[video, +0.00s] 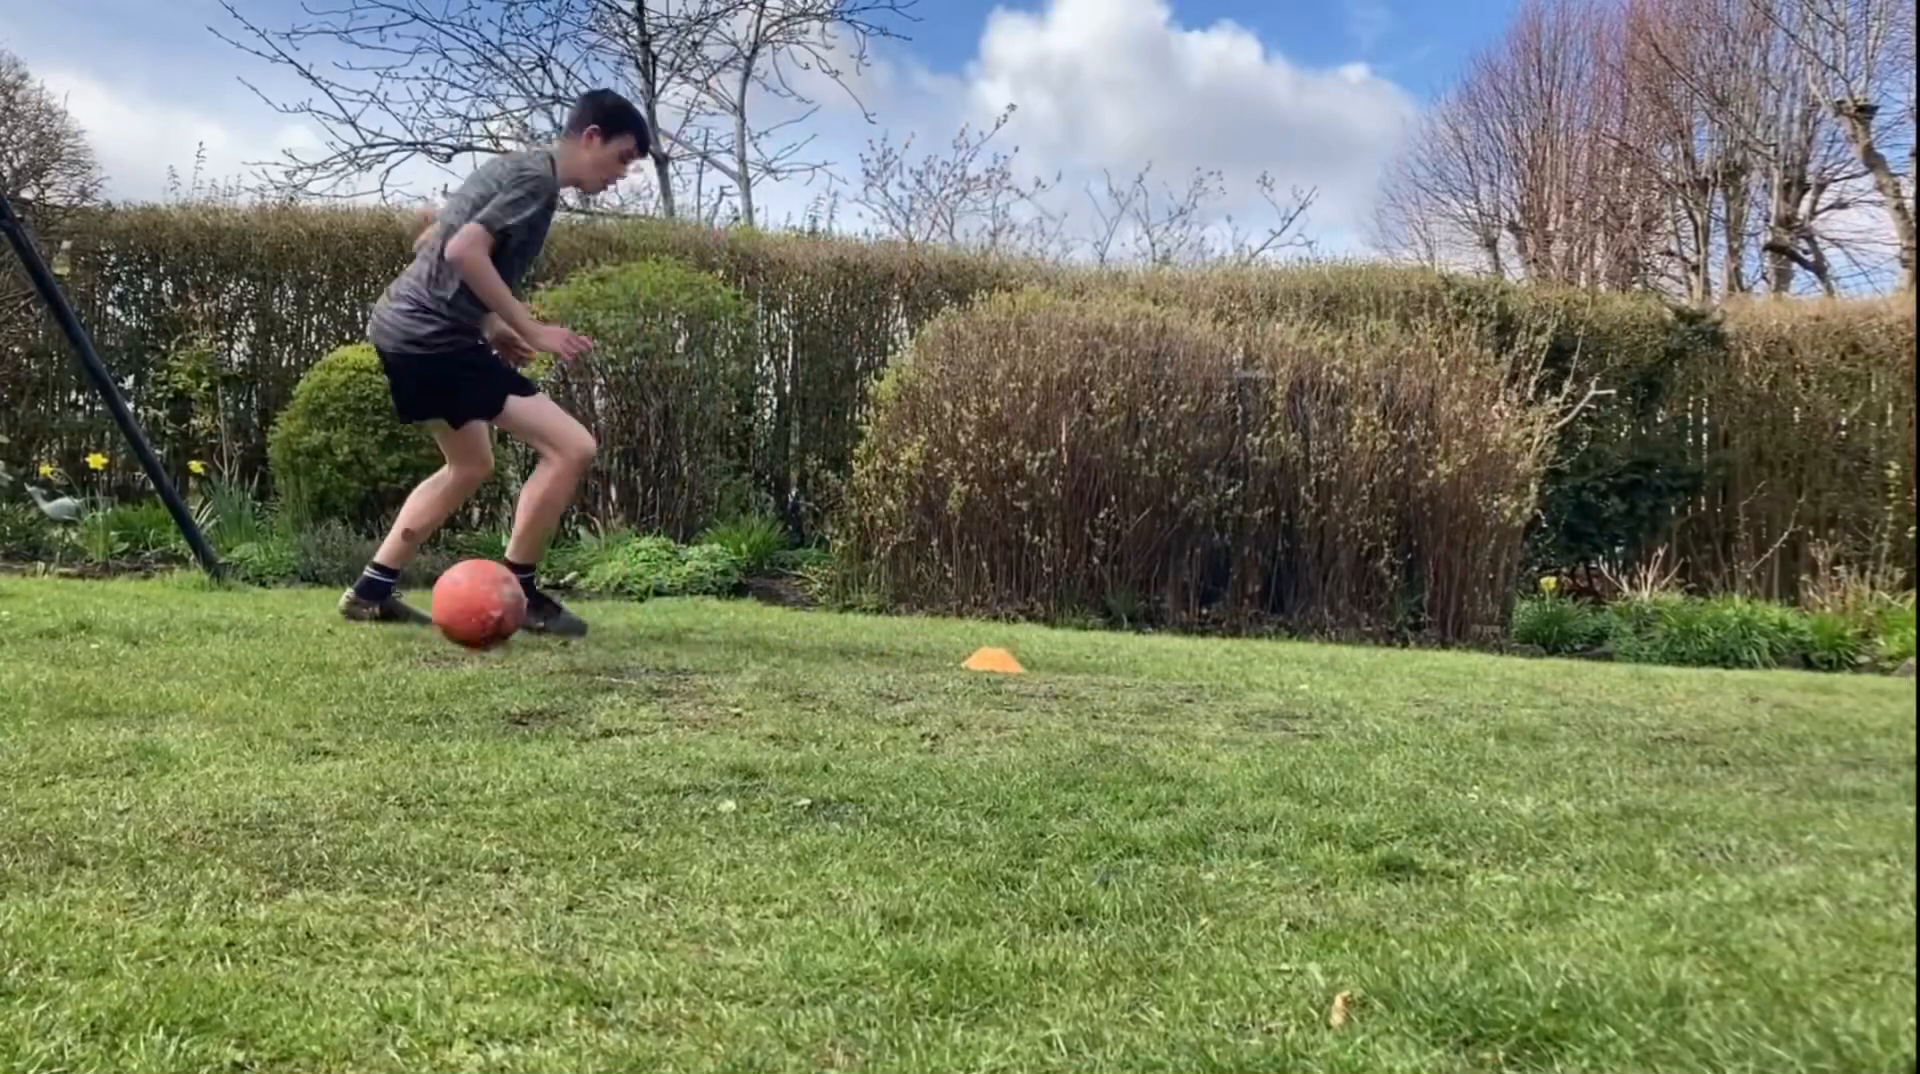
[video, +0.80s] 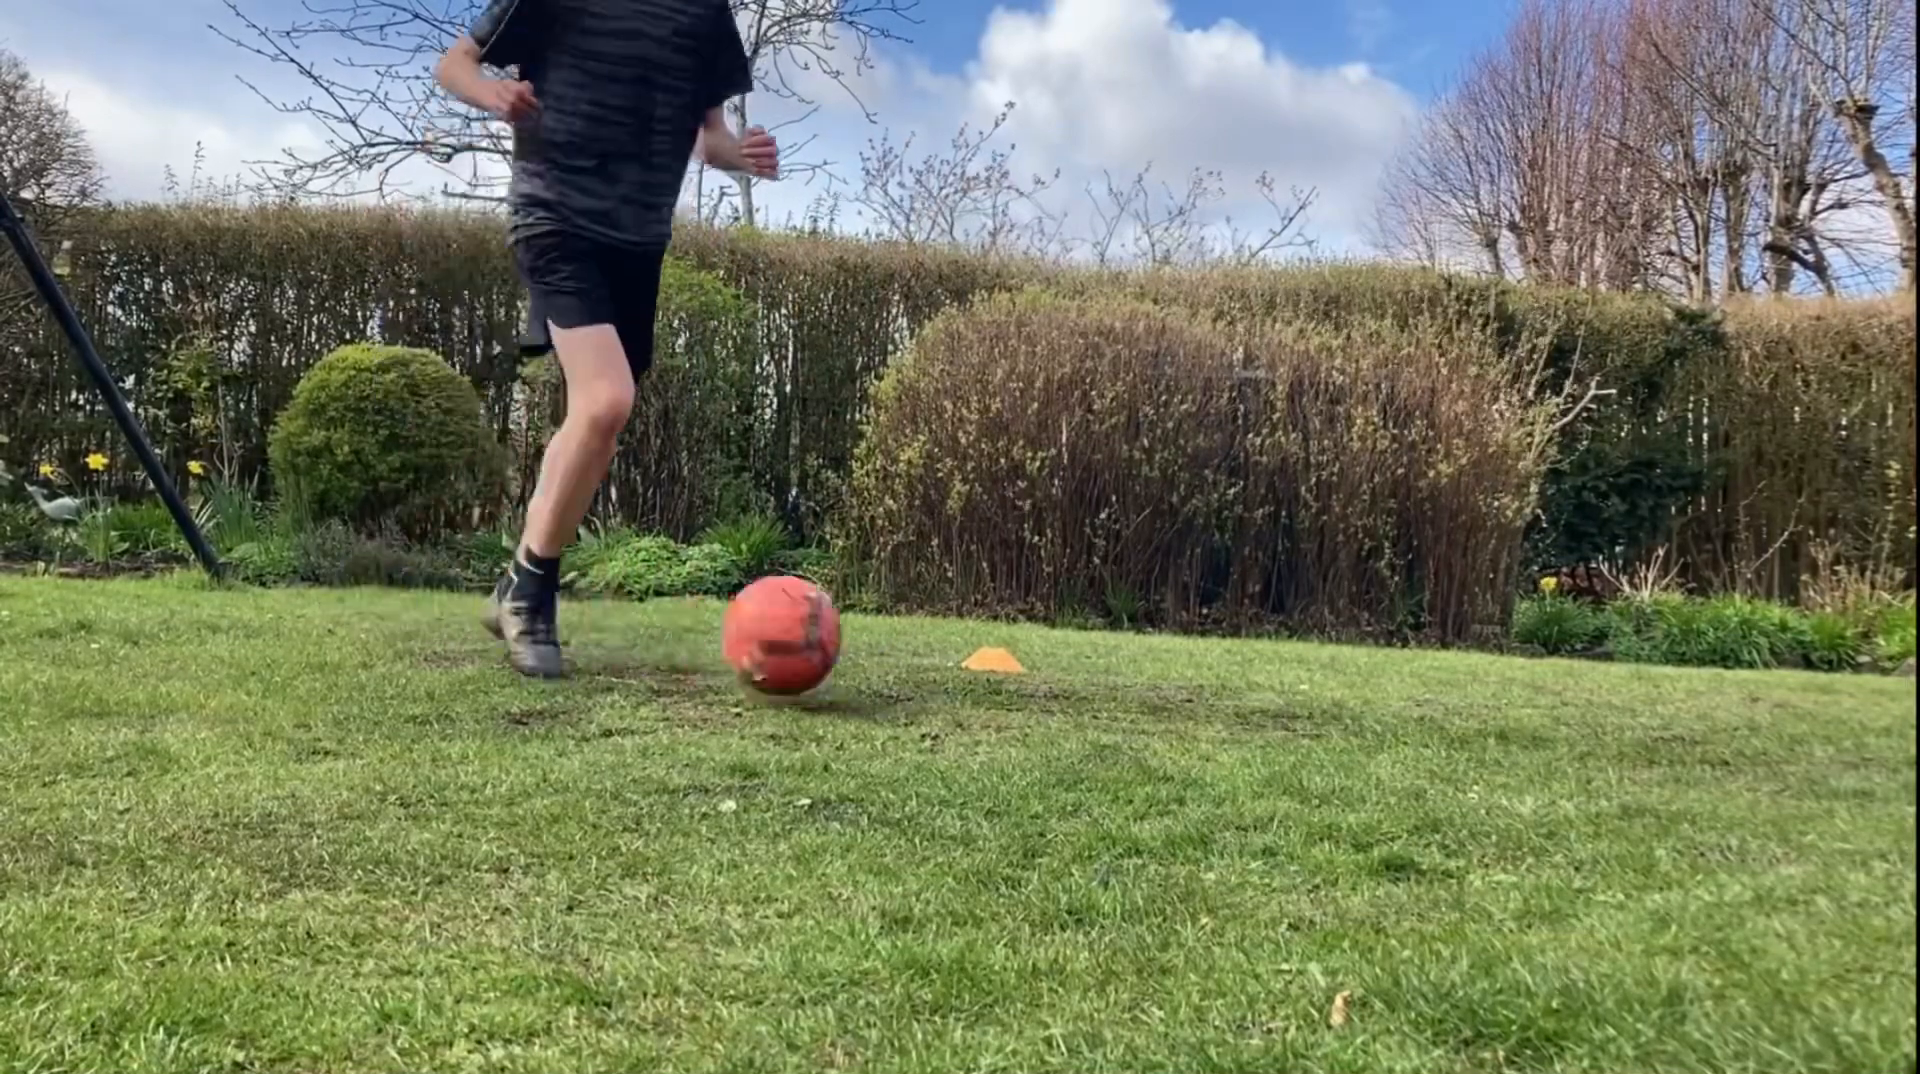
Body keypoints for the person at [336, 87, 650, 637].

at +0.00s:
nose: (621, 175)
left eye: (629, 166)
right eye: (623, 159)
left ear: (586, 139)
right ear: (590, 136)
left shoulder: (516, 169)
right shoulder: (535, 179)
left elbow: (437, 245)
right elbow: (464, 250)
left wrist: (491, 328)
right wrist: (533, 327)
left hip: (402, 332)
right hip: (434, 337)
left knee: (469, 465)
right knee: (572, 448)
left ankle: (372, 589)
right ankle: (516, 588)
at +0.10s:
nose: (601, 144)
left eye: (610, 135)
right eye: (598, 126)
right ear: (562, 107)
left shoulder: (527, 177)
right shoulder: (499, 158)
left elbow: (487, 274)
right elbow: (403, 219)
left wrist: (529, 328)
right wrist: (453, 319)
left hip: (431, 329)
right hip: (422, 326)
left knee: (468, 465)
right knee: (552, 435)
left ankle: (373, 590)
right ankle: (477, 566)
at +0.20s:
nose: (587, 91)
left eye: (596, 81)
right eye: (582, 73)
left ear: (593, 82)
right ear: (543, 56)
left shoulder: (543, 146)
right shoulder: (480, 118)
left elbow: (495, 238)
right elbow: (381, 190)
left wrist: (548, 289)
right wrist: (414, 293)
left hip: (472, 310)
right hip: (427, 307)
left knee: (469, 456)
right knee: (505, 448)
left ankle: (389, 569)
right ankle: (416, 561)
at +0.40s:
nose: (560, 56)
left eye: (569, 45)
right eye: (549, 37)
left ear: (570, 52)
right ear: (509, 32)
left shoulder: (551, 131)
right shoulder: (461, 108)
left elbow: (519, 238)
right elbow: (405, 220)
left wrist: (559, 263)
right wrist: (497, 259)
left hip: (500, 316)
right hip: (426, 313)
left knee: (553, 442)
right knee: (429, 483)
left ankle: (493, 571)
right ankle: (354, 580)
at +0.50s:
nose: (582, 11)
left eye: (587, 3)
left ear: (586, 13)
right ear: (530, 1)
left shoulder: (576, 90)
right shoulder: (488, 63)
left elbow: (546, 186)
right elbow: (435, 167)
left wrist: (576, 226)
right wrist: (548, 187)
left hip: (529, 287)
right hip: (450, 286)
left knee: (582, 406)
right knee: (427, 448)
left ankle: (521, 585)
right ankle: (363, 565)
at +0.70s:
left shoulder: (660, 64)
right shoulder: (533, 27)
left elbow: (648, 178)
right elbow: (430, 127)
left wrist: (683, 204)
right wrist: (510, 137)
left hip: (596, 271)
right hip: (510, 263)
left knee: (590, 456)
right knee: (535, 460)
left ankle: (506, 613)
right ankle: (434, 547)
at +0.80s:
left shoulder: (707, 12)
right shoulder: (550, 4)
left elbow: (707, 130)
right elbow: (453, 62)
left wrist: (740, 152)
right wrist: (491, 92)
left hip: (640, 235)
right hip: (554, 214)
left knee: (597, 426)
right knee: (605, 399)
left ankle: (520, 589)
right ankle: (531, 595)